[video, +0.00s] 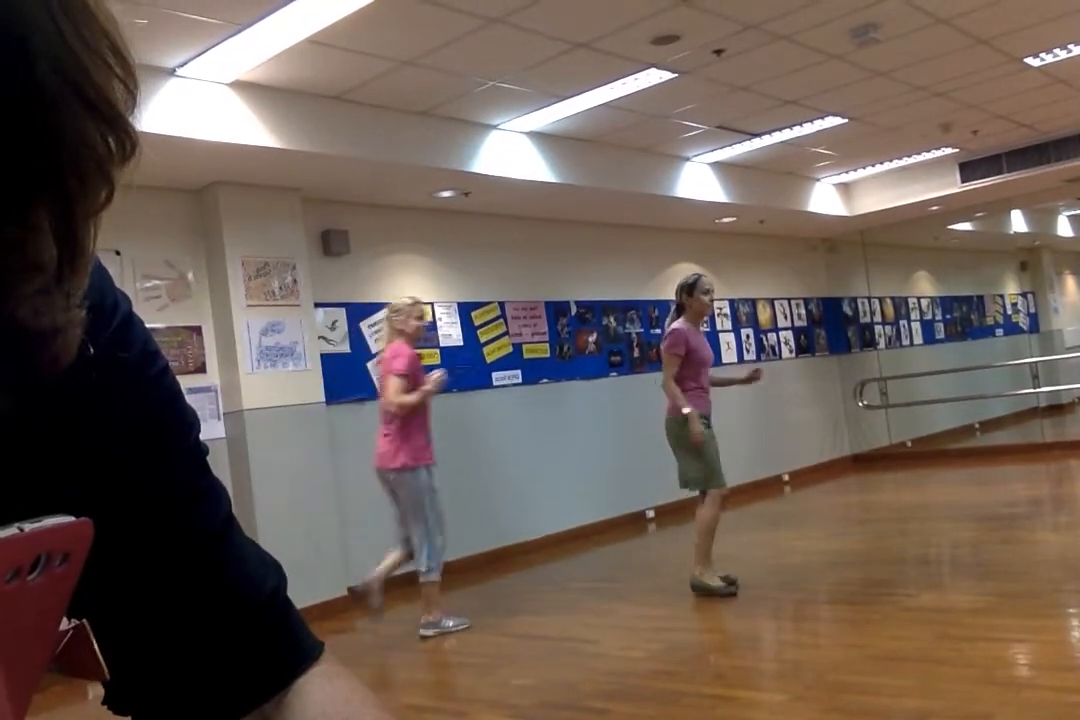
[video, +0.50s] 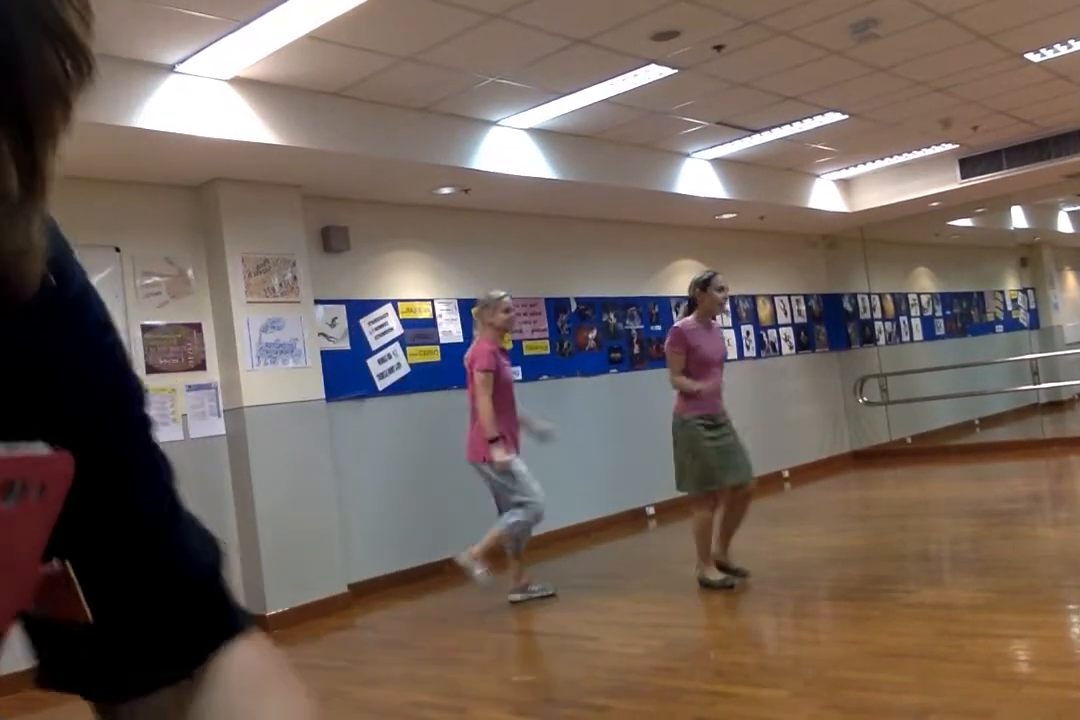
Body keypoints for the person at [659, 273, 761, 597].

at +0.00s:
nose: (711, 300)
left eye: (712, 295)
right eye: (705, 294)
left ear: (705, 300)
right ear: (687, 298)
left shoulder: (697, 332)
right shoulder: (679, 333)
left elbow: (702, 379)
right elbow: (668, 381)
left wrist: (741, 380)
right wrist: (689, 415)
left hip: (699, 418)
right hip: (687, 419)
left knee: (711, 493)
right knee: (714, 491)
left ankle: (705, 570)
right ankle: (701, 572)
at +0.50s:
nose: (726, 295)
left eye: (726, 290)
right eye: (720, 290)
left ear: (714, 297)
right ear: (700, 294)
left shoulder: (716, 329)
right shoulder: (680, 331)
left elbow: (713, 373)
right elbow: (674, 377)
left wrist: (720, 408)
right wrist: (695, 386)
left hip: (718, 417)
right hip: (692, 421)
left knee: (742, 486)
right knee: (704, 496)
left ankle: (721, 555)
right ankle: (704, 568)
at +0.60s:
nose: (732, 294)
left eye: (732, 289)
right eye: (726, 288)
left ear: (722, 295)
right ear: (706, 293)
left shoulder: (722, 328)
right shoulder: (690, 327)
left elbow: (715, 374)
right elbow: (688, 373)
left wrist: (725, 411)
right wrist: (718, 365)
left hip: (724, 416)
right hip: (698, 419)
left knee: (755, 485)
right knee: (708, 494)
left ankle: (751, 565)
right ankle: (705, 570)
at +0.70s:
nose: (741, 288)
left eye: (741, 283)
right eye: (735, 283)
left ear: (729, 291)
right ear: (714, 289)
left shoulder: (729, 323)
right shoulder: (703, 320)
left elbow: (724, 367)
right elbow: (699, 363)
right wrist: (733, 352)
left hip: (735, 414)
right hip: (708, 417)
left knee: (758, 489)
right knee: (705, 497)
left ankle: (778, 565)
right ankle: (705, 568)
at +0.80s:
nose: (749, 289)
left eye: (749, 284)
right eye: (743, 283)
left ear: (734, 290)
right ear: (723, 289)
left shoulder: (739, 325)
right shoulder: (715, 320)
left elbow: (734, 367)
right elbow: (715, 361)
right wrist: (748, 360)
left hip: (748, 415)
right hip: (722, 417)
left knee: (769, 490)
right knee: (720, 493)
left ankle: (777, 568)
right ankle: (706, 565)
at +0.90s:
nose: (758, 289)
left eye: (758, 284)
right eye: (752, 284)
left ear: (746, 291)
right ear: (732, 290)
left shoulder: (747, 325)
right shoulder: (725, 321)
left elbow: (748, 372)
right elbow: (733, 366)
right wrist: (764, 390)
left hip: (759, 413)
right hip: (736, 415)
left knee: (783, 488)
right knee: (754, 496)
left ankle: (779, 567)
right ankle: (719, 552)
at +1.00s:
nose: (768, 290)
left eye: (767, 285)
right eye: (761, 284)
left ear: (748, 293)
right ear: (742, 291)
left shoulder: (751, 326)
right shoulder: (737, 325)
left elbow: (757, 377)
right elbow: (742, 376)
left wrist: (770, 413)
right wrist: (757, 417)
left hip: (761, 413)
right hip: (747, 415)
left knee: (786, 487)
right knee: (798, 476)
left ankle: (779, 565)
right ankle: (751, 539)